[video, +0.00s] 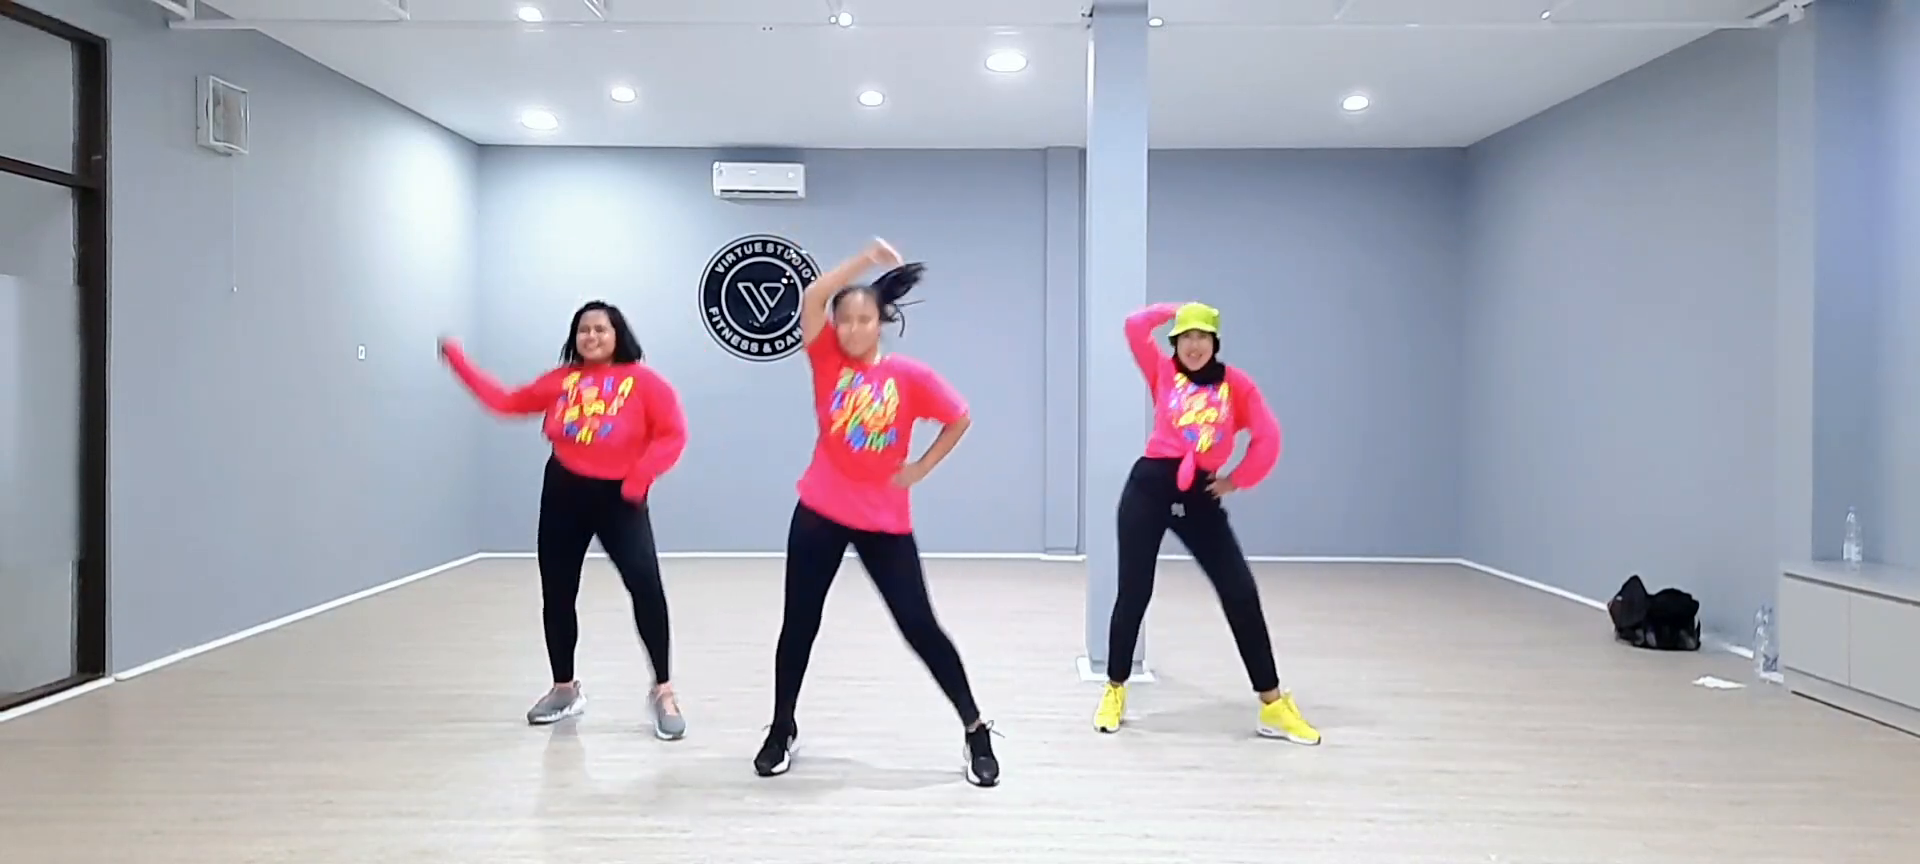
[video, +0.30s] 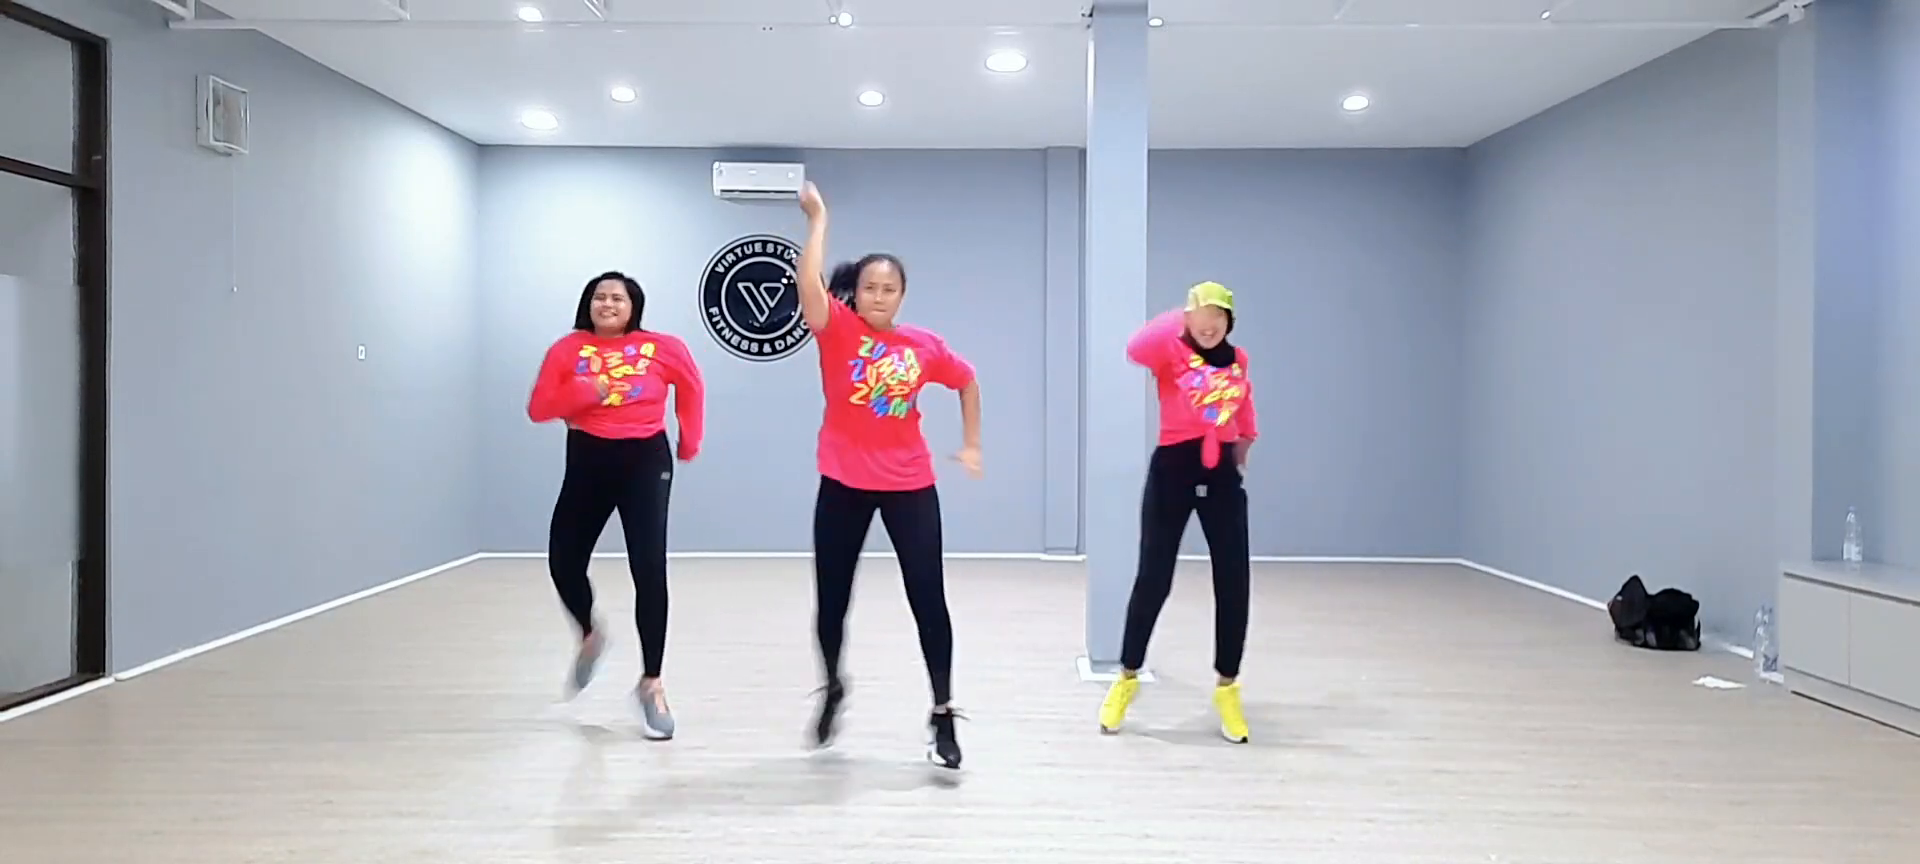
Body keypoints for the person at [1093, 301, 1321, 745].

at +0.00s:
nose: (1193, 346)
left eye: (1201, 338)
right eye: (1186, 339)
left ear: (1215, 343)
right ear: (1174, 344)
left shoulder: (1236, 385)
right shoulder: (1163, 375)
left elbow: (1268, 437)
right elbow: (1134, 325)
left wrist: (1235, 480)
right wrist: (1175, 311)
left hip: (1200, 497)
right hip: (1149, 489)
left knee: (1241, 594)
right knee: (1134, 591)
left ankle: (1272, 703)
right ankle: (1114, 691)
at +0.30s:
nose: (1208, 327)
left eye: (1216, 319)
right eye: (1201, 319)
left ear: (1228, 320)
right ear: (1187, 318)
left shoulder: (1236, 359)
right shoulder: (1171, 352)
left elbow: (1245, 421)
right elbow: (1137, 349)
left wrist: (1238, 465)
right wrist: (1178, 318)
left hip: (1222, 472)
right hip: (1172, 470)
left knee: (1234, 584)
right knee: (1154, 581)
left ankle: (1227, 689)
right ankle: (1126, 680)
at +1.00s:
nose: (1269, 340)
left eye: (1273, 332)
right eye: (1260, 332)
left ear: (1272, 340)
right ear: (1236, 338)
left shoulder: (1263, 391)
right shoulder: (1219, 387)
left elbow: (1269, 457)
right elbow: (1221, 452)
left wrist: (1302, 482)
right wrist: (1280, 440)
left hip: (1262, 512)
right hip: (1240, 512)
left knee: (1260, 621)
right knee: (1289, 630)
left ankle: (1214, 714)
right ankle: (1251, 762)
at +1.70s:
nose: (1208, 332)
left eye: (1215, 325)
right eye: (1209, 325)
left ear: (1236, 329)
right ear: (1224, 330)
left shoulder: (1249, 370)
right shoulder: (1228, 370)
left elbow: (1251, 438)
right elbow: (1215, 429)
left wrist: (1208, 481)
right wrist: (1188, 460)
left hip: (1247, 495)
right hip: (1230, 493)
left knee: (1219, 603)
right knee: (1228, 601)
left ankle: (1261, 728)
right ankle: (1256, 705)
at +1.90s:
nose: (1216, 327)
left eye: (1225, 319)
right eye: (1212, 319)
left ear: (1244, 326)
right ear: (1208, 325)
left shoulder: (1272, 371)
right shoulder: (1206, 371)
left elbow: (1318, 408)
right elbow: (1194, 416)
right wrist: (1157, 422)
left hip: (1258, 484)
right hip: (1215, 485)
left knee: (1238, 586)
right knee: (1228, 589)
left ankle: (1264, 703)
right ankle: (1255, 695)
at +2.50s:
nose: (1212, 354)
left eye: (1221, 346)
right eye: (1205, 345)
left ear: (1235, 355)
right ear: (1193, 352)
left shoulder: (1246, 402)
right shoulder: (1176, 400)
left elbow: (1227, 453)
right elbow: (1152, 454)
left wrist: (1186, 483)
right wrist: (1115, 500)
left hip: (1231, 519)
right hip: (1177, 517)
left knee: (1248, 624)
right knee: (1152, 617)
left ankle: (1283, 709)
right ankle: (1124, 726)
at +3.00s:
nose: (1134, 345)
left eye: (1143, 337)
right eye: (1126, 336)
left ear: (1157, 343)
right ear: (1113, 342)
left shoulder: (1184, 380)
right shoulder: (1098, 398)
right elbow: (1051, 434)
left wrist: (1239, 441)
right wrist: (997, 458)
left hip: (1163, 518)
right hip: (1108, 515)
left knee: (1158, 640)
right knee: (1096, 627)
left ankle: (1115, 704)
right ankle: (1072, 737)